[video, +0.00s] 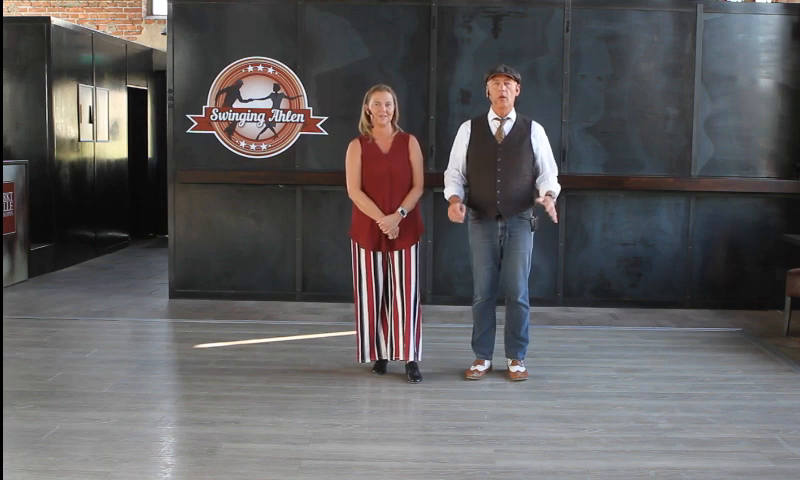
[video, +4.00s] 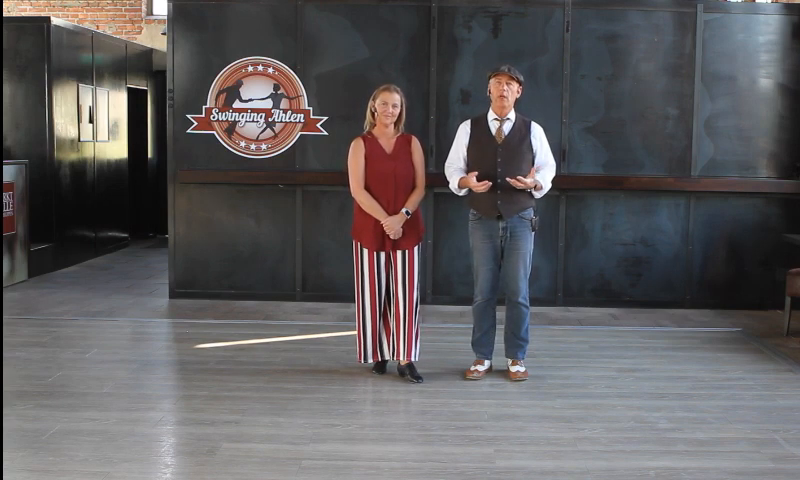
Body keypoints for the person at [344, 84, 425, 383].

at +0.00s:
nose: (383, 109)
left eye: (387, 104)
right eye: (377, 104)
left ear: (395, 108)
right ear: (368, 108)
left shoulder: (410, 143)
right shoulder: (356, 146)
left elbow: (419, 186)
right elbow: (353, 190)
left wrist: (397, 215)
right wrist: (384, 220)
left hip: (404, 230)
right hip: (368, 231)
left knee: (407, 294)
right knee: (372, 294)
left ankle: (411, 358)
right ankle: (379, 355)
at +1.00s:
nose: (396, 108)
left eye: (396, 103)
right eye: (389, 105)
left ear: (398, 107)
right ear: (373, 112)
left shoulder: (412, 142)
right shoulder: (360, 145)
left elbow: (421, 186)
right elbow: (357, 190)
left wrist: (403, 215)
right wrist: (390, 220)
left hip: (407, 230)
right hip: (372, 231)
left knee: (409, 294)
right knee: (374, 294)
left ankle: (412, 357)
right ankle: (379, 354)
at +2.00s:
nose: (387, 110)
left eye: (393, 105)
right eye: (383, 104)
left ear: (399, 110)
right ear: (373, 106)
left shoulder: (410, 143)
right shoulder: (357, 144)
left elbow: (419, 186)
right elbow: (354, 189)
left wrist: (398, 216)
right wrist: (385, 220)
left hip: (405, 229)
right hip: (369, 230)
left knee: (408, 294)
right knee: (373, 295)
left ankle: (412, 357)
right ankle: (378, 355)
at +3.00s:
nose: (388, 110)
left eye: (393, 106)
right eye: (383, 104)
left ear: (400, 110)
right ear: (373, 107)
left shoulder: (411, 143)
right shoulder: (358, 144)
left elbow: (419, 187)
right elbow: (355, 189)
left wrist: (399, 216)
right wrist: (386, 220)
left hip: (405, 231)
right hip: (370, 231)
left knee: (407, 296)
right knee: (373, 295)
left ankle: (406, 359)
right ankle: (379, 356)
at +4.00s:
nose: (389, 110)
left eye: (394, 105)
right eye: (384, 104)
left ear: (400, 110)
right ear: (374, 107)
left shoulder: (412, 143)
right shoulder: (360, 144)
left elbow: (420, 187)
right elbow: (357, 190)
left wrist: (401, 216)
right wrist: (389, 220)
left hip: (406, 230)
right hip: (371, 231)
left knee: (406, 295)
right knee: (374, 295)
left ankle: (406, 359)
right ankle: (379, 356)